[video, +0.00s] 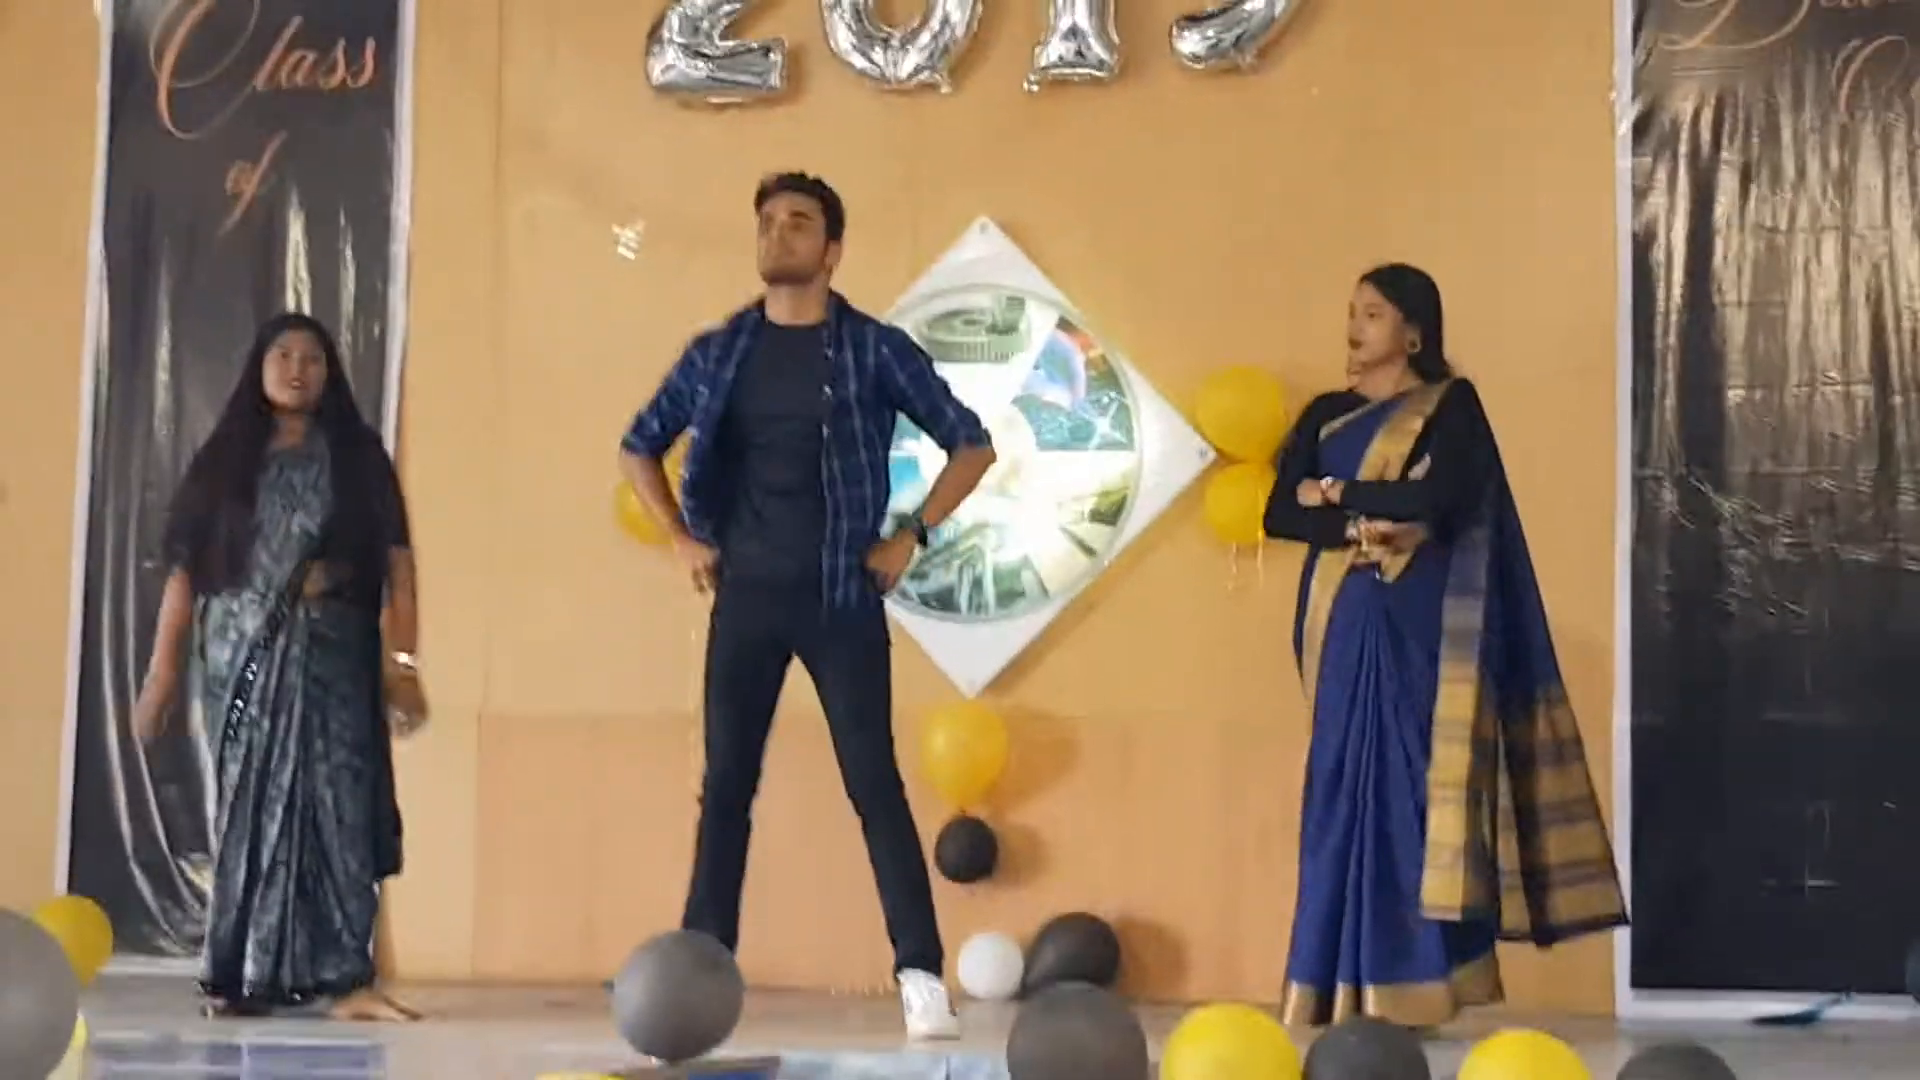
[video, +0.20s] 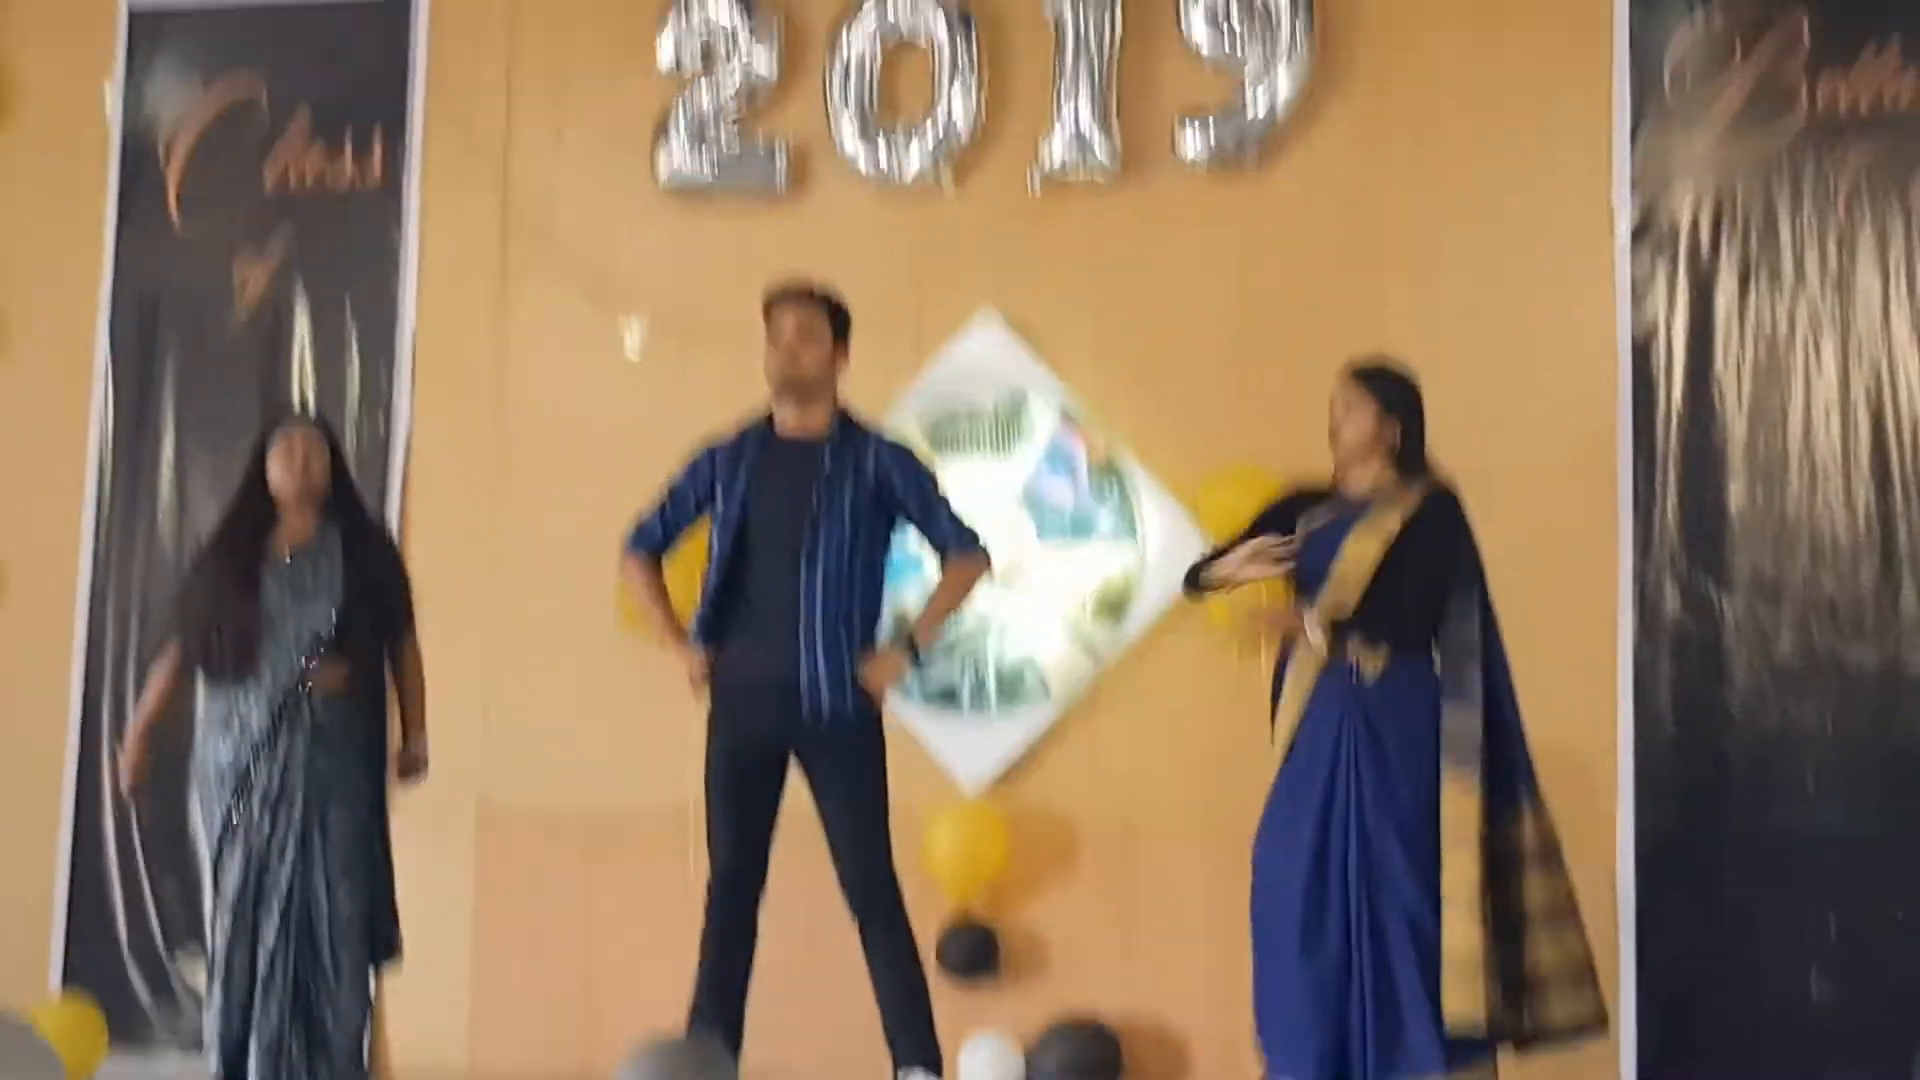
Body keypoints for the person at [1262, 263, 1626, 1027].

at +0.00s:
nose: (1354, 328)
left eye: (1370, 316)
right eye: (1353, 314)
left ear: (1411, 328)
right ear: (1352, 323)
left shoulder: (1453, 402)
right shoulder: (1324, 413)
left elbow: (1439, 502)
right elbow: (1280, 513)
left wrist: (1339, 493)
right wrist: (1361, 529)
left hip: (1422, 635)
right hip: (1344, 634)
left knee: (1413, 801)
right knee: (1344, 796)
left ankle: (1401, 992)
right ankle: (1327, 989)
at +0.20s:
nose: (1335, 427)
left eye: (1349, 413)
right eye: (1335, 412)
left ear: (1390, 424)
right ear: (1343, 422)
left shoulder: (1432, 513)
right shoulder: (1307, 510)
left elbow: (1402, 631)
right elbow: (1199, 580)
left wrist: (1307, 625)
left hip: (1394, 728)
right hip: (1316, 725)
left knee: (1391, 890)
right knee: (1289, 873)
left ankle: (1398, 1057)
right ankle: (1308, 1057)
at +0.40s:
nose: (1365, 652)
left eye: (1383, 641)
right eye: (1365, 637)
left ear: (1419, 658)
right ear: (1358, 645)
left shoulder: (1457, 743)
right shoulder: (1332, 736)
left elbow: (1476, 857)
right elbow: (1209, 741)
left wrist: (1459, 937)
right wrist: (1113, 696)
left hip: (1429, 950)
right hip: (1347, 948)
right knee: (1344, 1059)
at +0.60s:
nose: (1433, 767)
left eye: (1453, 759)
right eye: (1430, 757)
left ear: (1491, 785)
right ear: (1423, 774)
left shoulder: (1528, 866)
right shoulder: (1390, 860)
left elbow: (1570, 996)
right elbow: (1279, 881)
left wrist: (1599, 1073)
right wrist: (1173, 869)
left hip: (1518, 1056)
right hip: (1415, 1056)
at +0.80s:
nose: (1445, 814)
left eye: (1464, 804)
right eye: (1441, 805)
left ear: (1502, 833)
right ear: (1435, 825)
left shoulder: (1540, 910)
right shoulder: (1403, 905)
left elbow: (1573, 1026)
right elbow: (1320, 955)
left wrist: (1583, 1078)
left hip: (1503, 1069)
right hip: (1417, 1067)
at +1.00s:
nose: (1448, 819)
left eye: (1466, 807)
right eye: (1449, 807)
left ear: (1507, 830)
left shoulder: (1557, 913)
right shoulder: (1422, 913)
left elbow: (1591, 1053)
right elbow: (1341, 993)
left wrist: (1517, 1066)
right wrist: (1257, 1020)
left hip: (1506, 1075)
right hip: (1428, 1069)